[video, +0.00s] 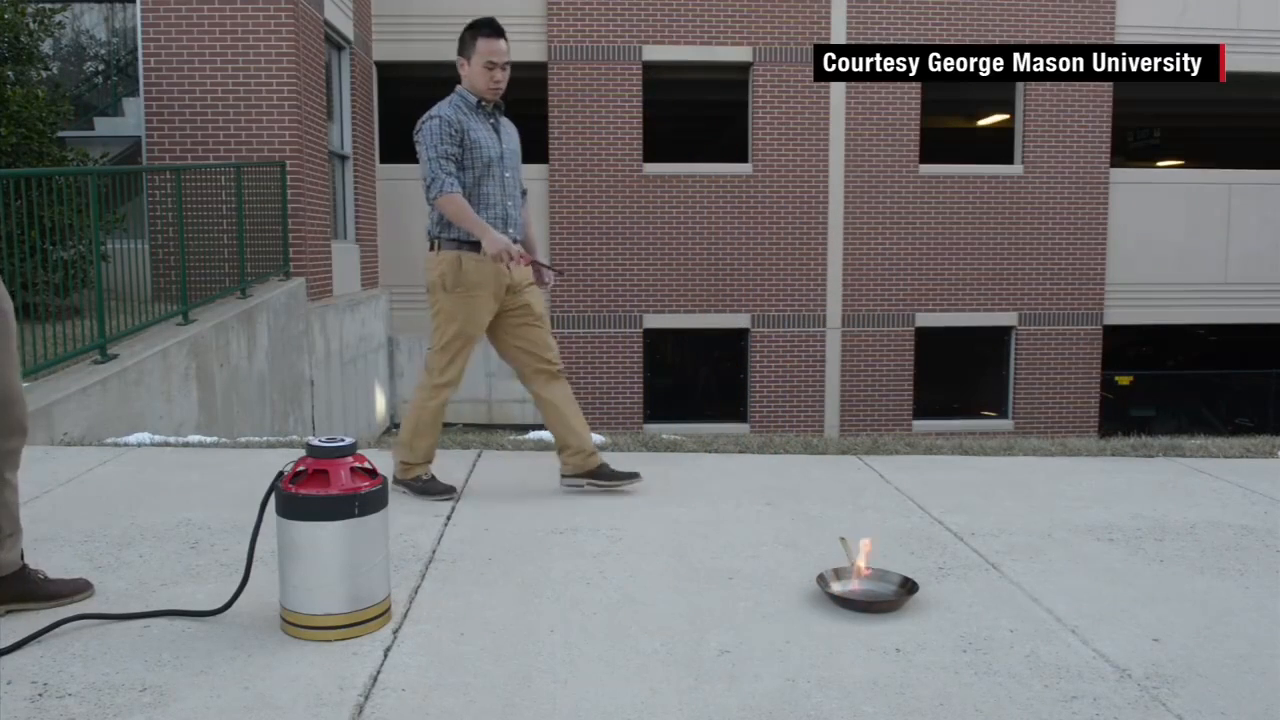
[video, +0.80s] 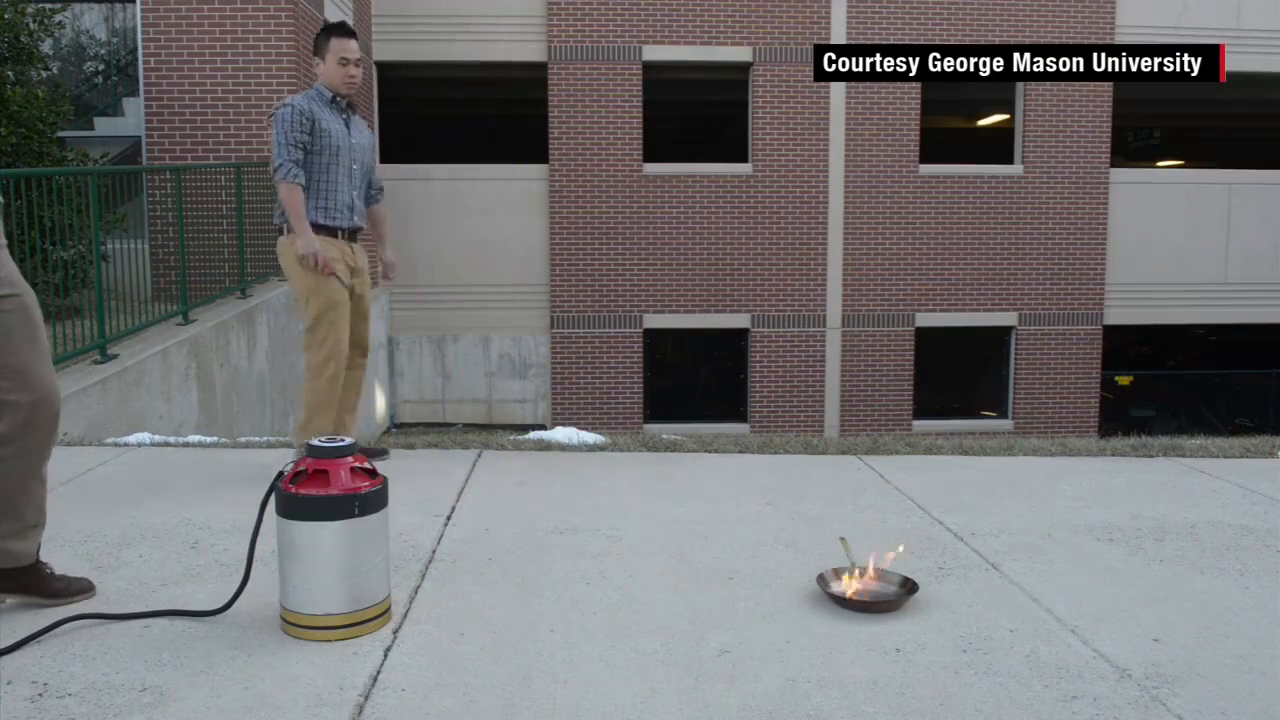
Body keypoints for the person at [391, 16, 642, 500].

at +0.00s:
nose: (499, 76)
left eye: (505, 66)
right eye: (489, 65)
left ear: (510, 69)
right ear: (462, 67)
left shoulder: (507, 129)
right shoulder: (440, 121)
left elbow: (516, 202)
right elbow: (442, 193)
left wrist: (534, 257)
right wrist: (486, 232)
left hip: (511, 265)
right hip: (463, 264)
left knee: (544, 366)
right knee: (442, 373)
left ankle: (582, 462)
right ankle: (410, 469)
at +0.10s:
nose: (477, 70)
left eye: (482, 60)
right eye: (467, 60)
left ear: (488, 61)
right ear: (439, 60)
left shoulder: (485, 122)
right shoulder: (420, 115)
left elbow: (496, 195)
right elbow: (420, 187)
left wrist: (512, 249)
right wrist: (459, 230)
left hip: (490, 260)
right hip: (442, 259)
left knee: (524, 362)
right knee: (431, 369)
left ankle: (537, 459)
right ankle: (410, 469)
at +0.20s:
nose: (447, 62)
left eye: (452, 53)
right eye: (437, 53)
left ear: (457, 54)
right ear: (410, 55)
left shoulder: (458, 115)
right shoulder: (394, 109)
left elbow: (470, 184)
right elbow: (393, 183)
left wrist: (492, 236)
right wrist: (414, 241)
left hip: (465, 251)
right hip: (421, 252)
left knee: (487, 348)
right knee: (417, 364)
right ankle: (410, 467)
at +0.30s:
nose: (431, 62)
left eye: (435, 53)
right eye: (420, 53)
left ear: (440, 55)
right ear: (394, 56)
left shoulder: (441, 115)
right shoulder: (378, 110)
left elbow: (455, 184)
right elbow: (373, 185)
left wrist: (484, 231)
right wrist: (383, 246)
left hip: (452, 251)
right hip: (412, 252)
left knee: (458, 350)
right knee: (413, 361)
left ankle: (398, 422)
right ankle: (410, 467)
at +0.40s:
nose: (409, 67)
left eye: (414, 58)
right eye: (398, 59)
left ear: (418, 60)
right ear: (371, 63)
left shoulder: (420, 123)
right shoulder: (356, 116)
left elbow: (437, 189)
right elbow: (343, 188)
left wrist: (472, 228)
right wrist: (344, 253)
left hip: (425, 252)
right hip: (388, 252)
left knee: (410, 351)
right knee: (410, 358)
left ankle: (350, 425)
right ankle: (411, 469)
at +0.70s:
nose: (373, 74)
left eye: (377, 66)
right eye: (363, 65)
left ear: (379, 70)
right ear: (337, 67)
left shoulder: (374, 128)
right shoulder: (313, 112)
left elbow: (388, 192)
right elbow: (301, 178)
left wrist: (414, 243)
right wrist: (306, 239)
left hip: (368, 250)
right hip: (330, 248)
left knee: (365, 354)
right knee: (348, 353)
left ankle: (333, 444)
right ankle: (366, 448)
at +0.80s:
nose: (354, 71)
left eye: (358, 63)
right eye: (344, 62)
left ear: (362, 67)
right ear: (318, 65)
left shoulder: (361, 127)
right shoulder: (296, 111)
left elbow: (372, 195)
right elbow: (288, 180)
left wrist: (382, 249)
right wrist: (304, 236)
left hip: (354, 248)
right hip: (313, 243)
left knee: (356, 349)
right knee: (329, 345)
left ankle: (340, 439)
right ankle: (313, 442)